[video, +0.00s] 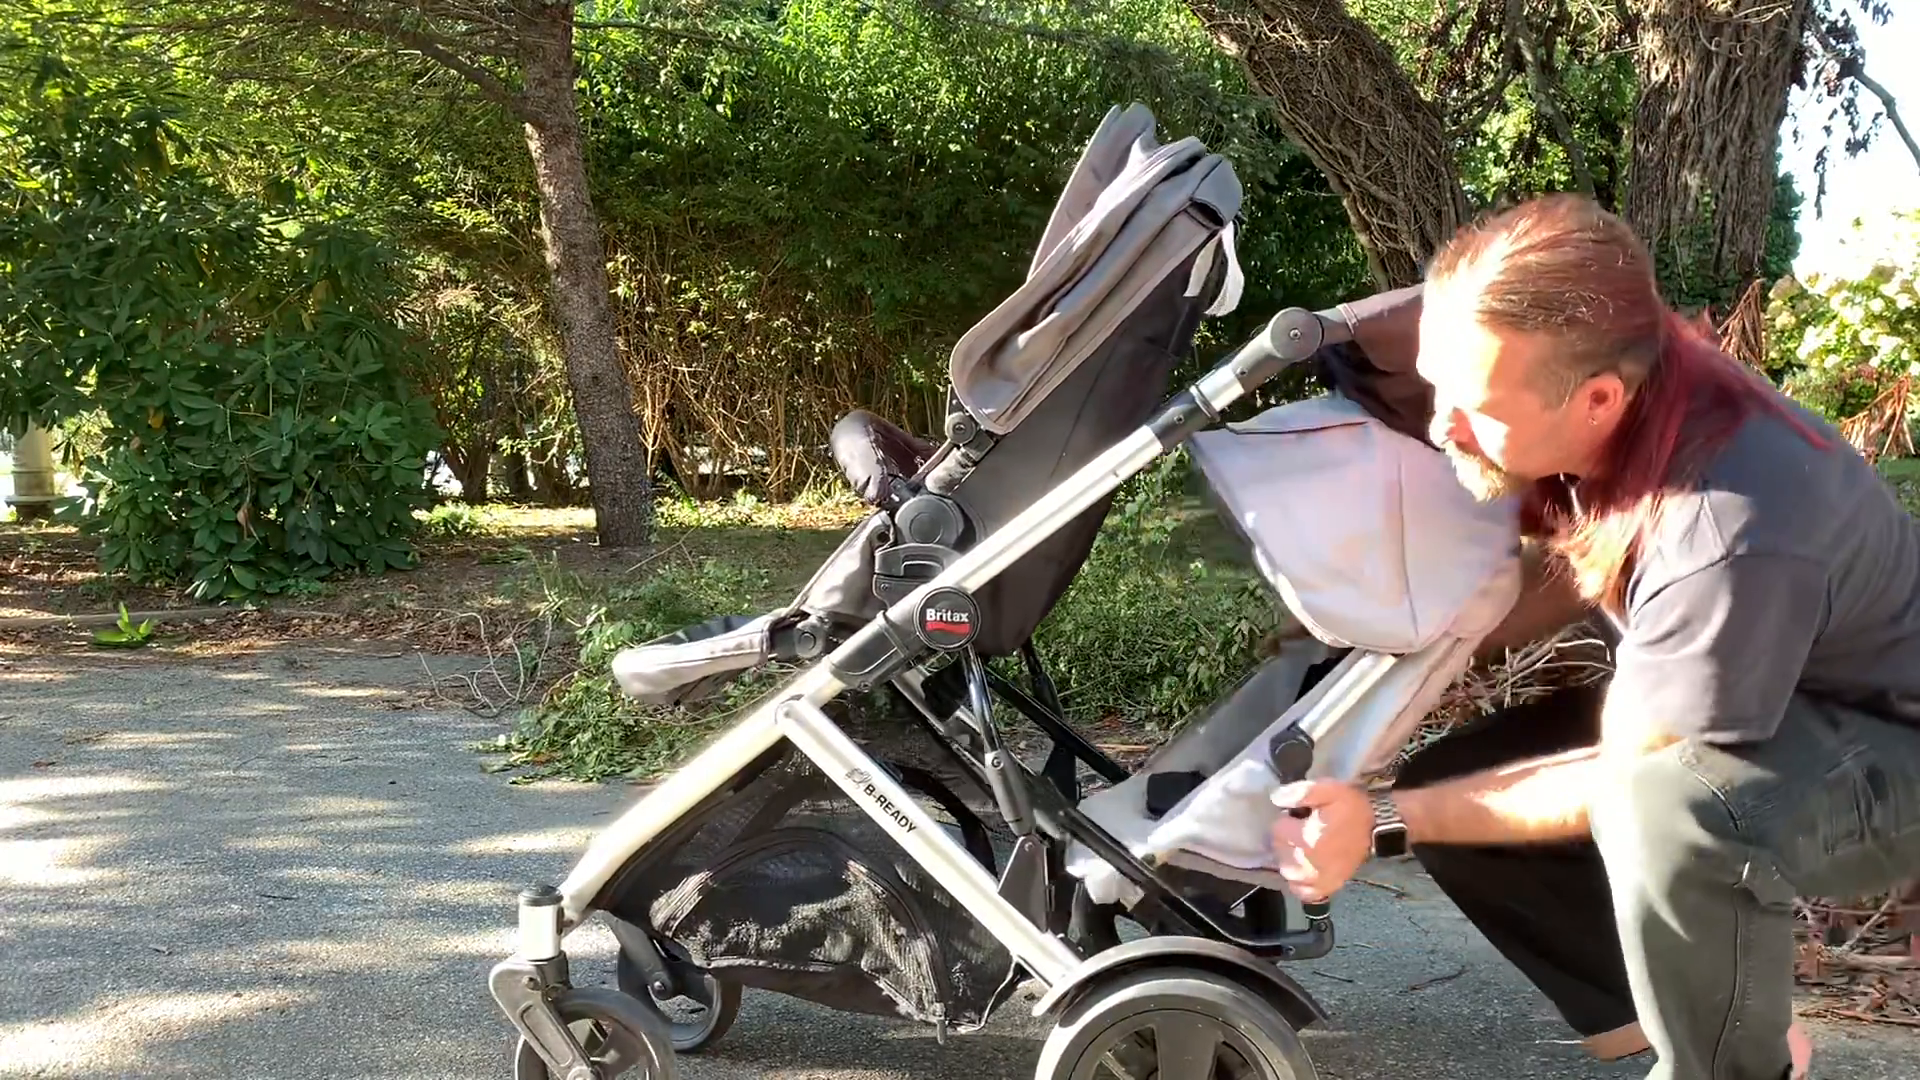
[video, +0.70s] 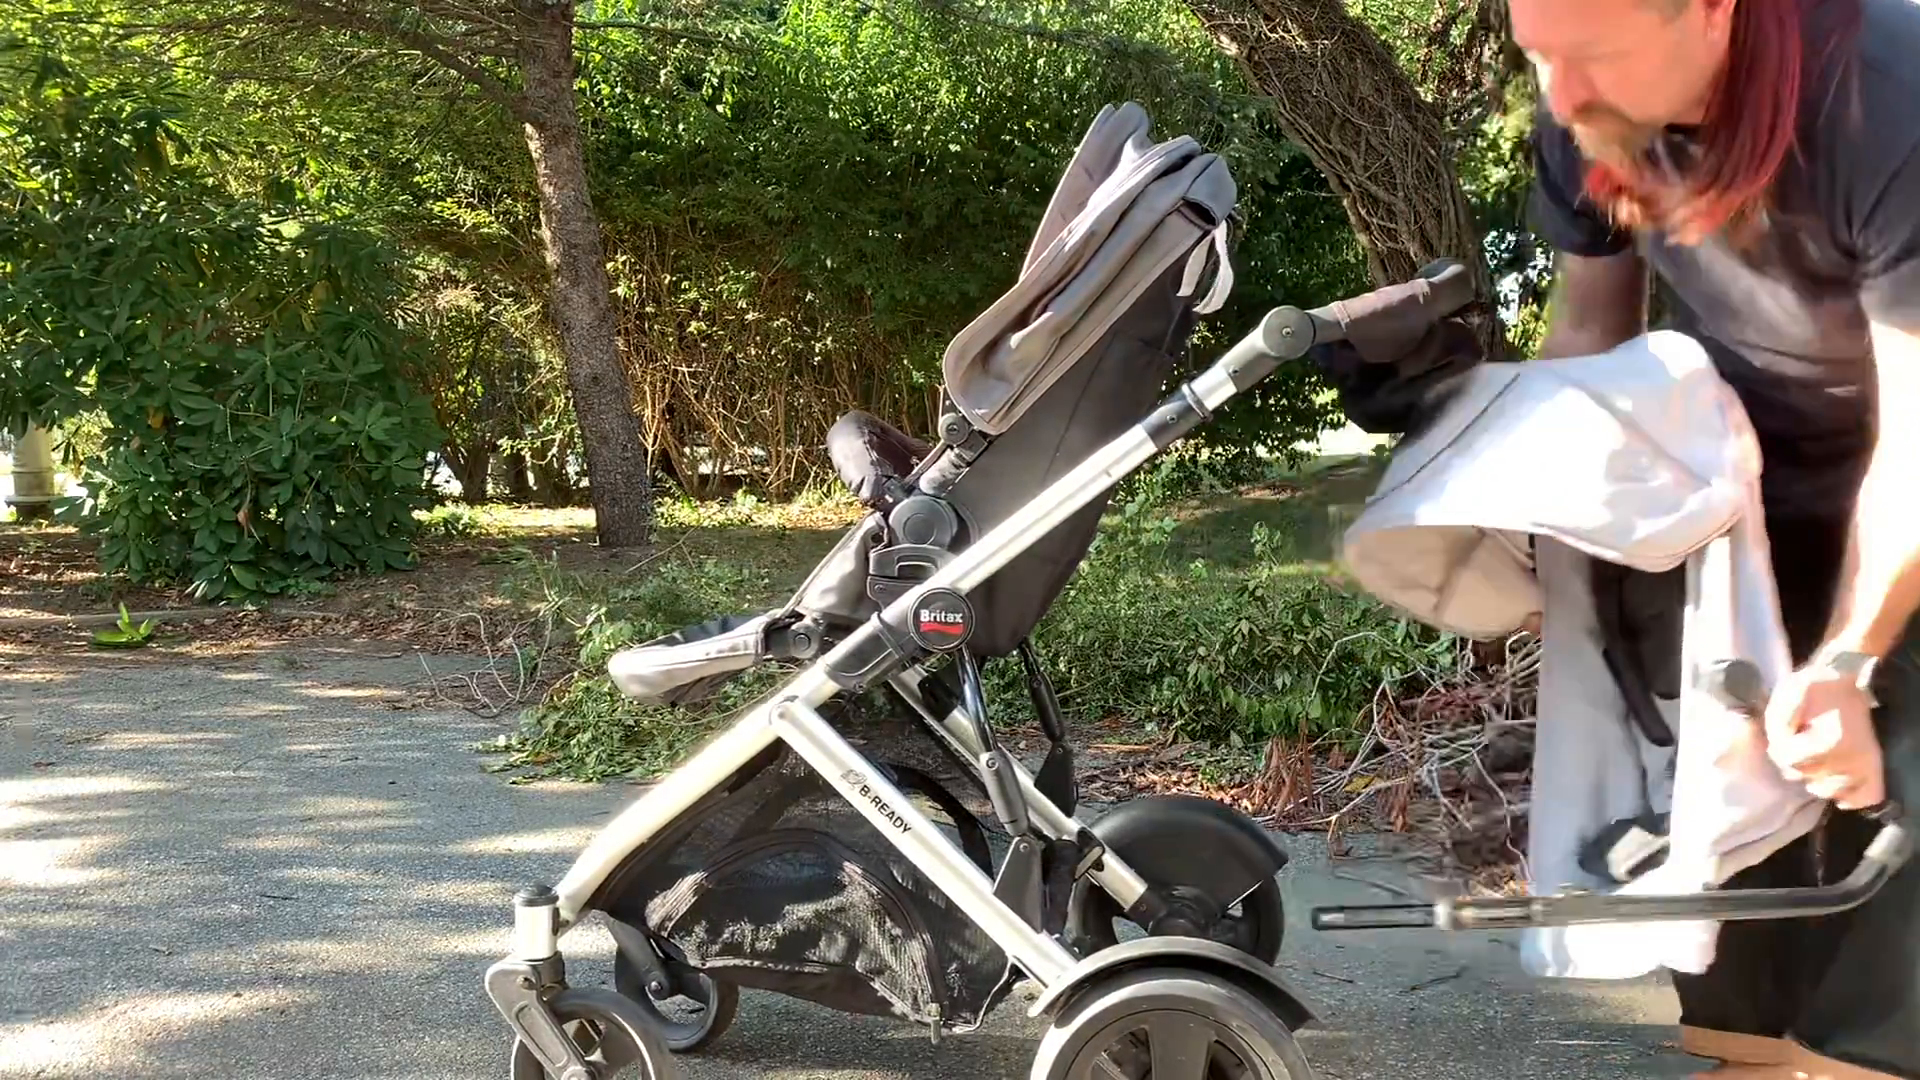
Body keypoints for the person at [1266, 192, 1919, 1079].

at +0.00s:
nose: (1446, 428)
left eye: (1473, 411)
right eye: (1441, 396)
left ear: (1599, 403)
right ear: (1597, 400)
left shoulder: (1728, 521)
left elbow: (1637, 780)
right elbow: (1571, 569)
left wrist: (1389, 818)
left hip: (1895, 731)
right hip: (1754, 679)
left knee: (1671, 809)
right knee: (1453, 801)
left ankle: (1741, 1065)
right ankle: (1689, 1031)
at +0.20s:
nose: (1454, 342)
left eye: (1482, 319)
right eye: (1446, 307)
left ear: (1607, 300)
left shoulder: (1773, 404)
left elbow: (1687, 684)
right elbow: (1534, 517)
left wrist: (1473, 794)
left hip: (1889, 583)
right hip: (1727, 567)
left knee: (1733, 776)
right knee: (1518, 778)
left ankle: (1744, 1066)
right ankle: (1661, 1050)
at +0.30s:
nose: (1472, 300)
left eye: (1499, 275)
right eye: (1462, 267)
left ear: (1623, 246)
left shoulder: (1798, 339)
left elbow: (1735, 632)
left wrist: (1525, 780)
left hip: (1886, 544)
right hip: (1712, 530)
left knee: (1776, 758)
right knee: (1555, 771)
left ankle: (1747, 1069)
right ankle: (1673, 1051)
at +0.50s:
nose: (1511, 219)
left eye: (1532, 190)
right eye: (1498, 188)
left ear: (1656, 142)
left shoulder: (1852, 222)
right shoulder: (1594, 188)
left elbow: (1840, 535)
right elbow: (1585, 328)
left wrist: (1678, 735)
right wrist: (1595, 439)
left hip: (1877, 499)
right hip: (1705, 490)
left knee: (1837, 781)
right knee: (1646, 768)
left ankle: (1735, 1059)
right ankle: (1688, 1049)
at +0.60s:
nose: (1537, 155)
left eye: (1565, 122)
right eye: (1522, 120)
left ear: (1687, 72)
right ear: (1504, 75)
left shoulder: (1874, 155)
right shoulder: (1572, 144)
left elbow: (1891, 480)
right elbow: (1586, 330)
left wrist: (1766, 698)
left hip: (1877, 501)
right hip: (1707, 494)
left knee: (1865, 801)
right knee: (1663, 785)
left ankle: (1775, 1060)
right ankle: (1708, 1053)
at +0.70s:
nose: (1561, 98)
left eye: (1588, 56)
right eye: (1539, 61)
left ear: (1714, 9)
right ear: (1520, 34)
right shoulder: (1581, 119)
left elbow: (1910, 431)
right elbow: (1588, 321)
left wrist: (1848, 662)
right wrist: (1522, 489)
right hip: (1738, 526)